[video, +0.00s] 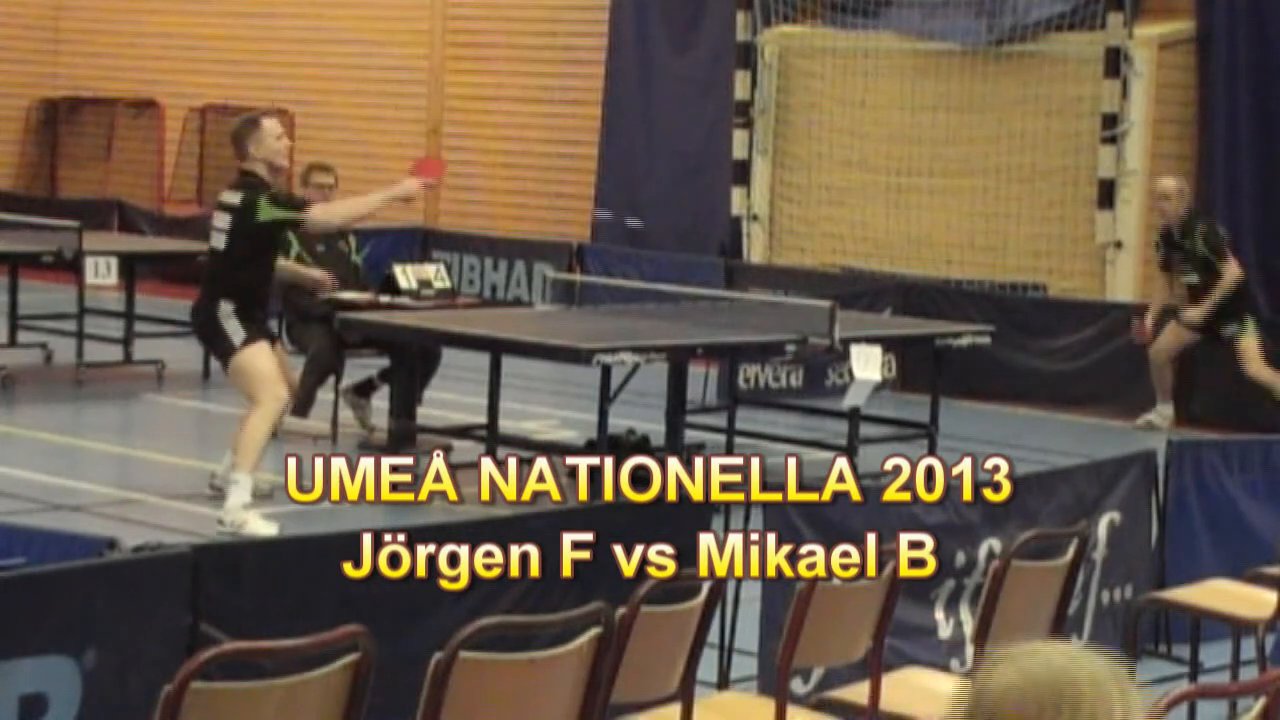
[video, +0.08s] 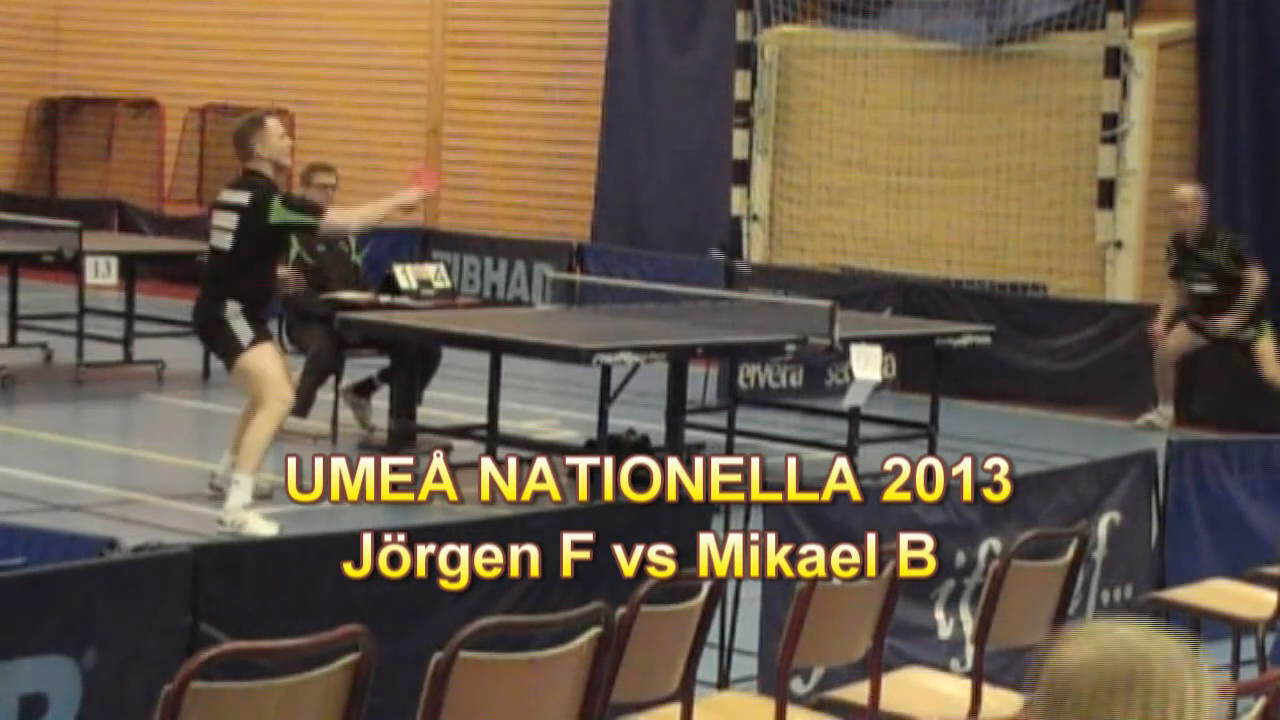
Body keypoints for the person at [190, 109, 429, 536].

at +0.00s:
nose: (287, 144)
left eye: (285, 137)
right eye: (278, 138)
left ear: (255, 150)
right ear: (251, 149)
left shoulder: (242, 193)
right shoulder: (256, 200)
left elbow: (257, 257)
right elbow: (325, 216)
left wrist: (307, 274)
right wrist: (395, 191)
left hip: (242, 306)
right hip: (225, 310)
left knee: (282, 391)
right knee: (272, 397)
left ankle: (230, 468)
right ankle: (236, 505)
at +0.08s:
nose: (289, 141)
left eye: (286, 134)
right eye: (280, 135)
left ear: (254, 149)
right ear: (256, 147)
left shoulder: (238, 191)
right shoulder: (264, 200)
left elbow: (239, 246)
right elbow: (338, 223)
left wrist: (273, 270)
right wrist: (397, 201)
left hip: (227, 305)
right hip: (230, 309)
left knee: (270, 393)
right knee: (278, 398)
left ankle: (230, 470)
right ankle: (237, 504)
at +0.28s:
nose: (303, 144)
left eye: (300, 136)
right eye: (298, 138)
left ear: (259, 145)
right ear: (283, 145)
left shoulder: (227, 188)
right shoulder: (286, 201)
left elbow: (189, 245)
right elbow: (331, 260)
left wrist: (211, 281)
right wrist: (359, 242)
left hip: (213, 300)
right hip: (242, 304)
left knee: (256, 393)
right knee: (287, 398)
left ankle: (228, 472)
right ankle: (238, 503)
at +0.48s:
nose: (315, 137)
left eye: (313, 128)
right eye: (310, 129)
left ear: (269, 136)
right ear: (292, 136)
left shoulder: (233, 177)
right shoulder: (290, 194)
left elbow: (201, 239)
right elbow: (316, 265)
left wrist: (229, 260)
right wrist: (352, 268)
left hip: (208, 289)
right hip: (241, 294)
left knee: (241, 389)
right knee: (279, 395)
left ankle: (217, 473)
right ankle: (238, 504)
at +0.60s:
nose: (313, 135)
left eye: (311, 126)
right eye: (309, 127)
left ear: (270, 132)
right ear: (292, 132)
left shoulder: (243, 172)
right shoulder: (280, 187)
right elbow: (305, 262)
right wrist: (356, 277)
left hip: (211, 287)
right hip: (237, 293)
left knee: (244, 388)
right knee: (276, 390)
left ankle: (216, 474)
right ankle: (238, 503)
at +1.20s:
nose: (336, 172)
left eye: (334, 163)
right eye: (331, 164)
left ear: (298, 169)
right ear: (314, 169)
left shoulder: (267, 201)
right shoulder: (295, 221)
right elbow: (304, 302)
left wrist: (308, 303)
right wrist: (325, 319)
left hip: (216, 310)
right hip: (236, 317)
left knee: (255, 395)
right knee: (299, 403)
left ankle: (215, 477)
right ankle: (237, 503)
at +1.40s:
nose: (352, 168)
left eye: (350, 160)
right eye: (349, 160)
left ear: (310, 161)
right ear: (335, 164)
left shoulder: (272, 189)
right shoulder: (320, 212)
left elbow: (269, 251)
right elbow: (353, 276)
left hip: (209, 294)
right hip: (243, 303)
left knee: (235, 390)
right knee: (295, 404)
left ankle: (220, 480)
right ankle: (236, 506)